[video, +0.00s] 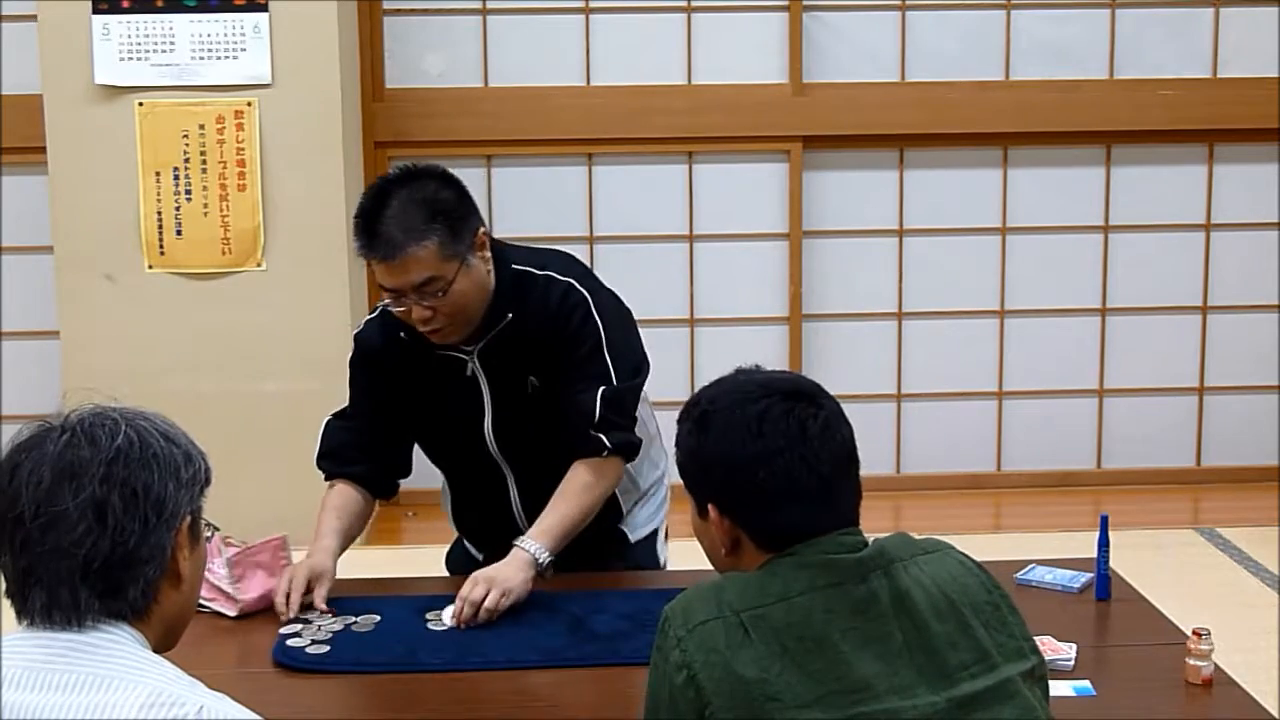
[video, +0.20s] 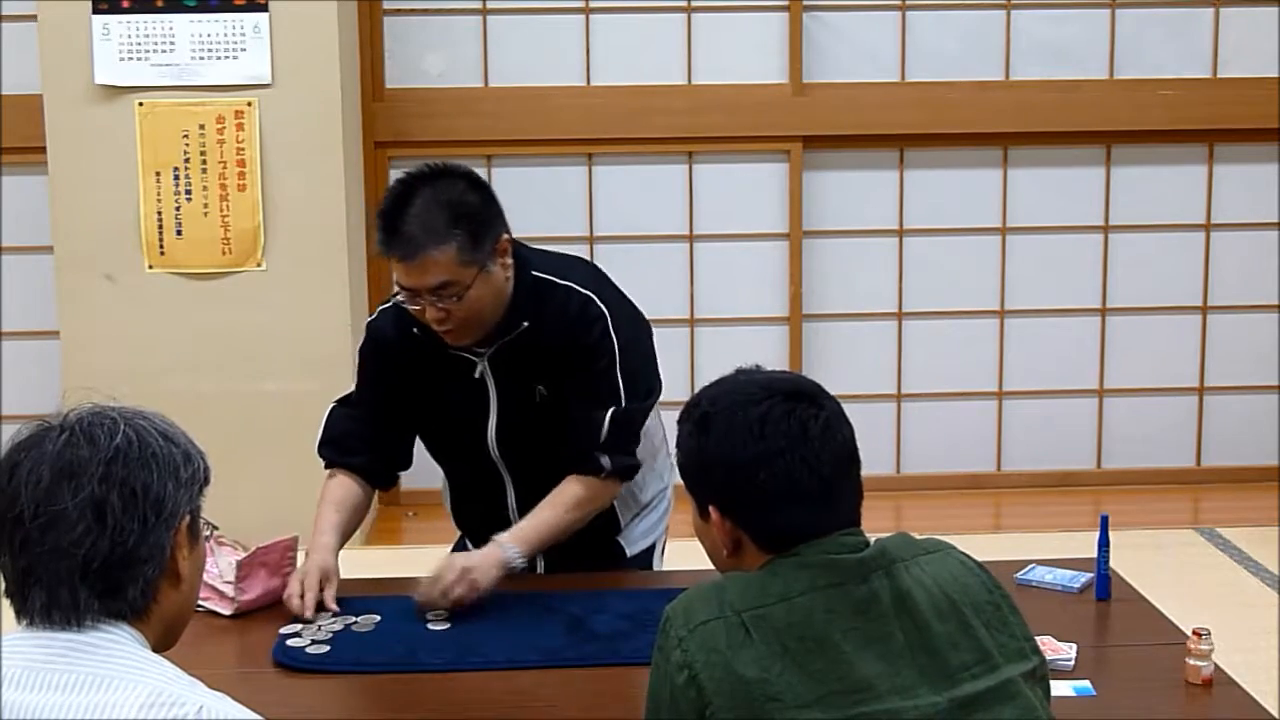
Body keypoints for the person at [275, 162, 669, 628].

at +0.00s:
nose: (418, 314)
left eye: (433, 289)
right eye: (395, 296)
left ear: (481, 249)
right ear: (377, 275)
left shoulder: (570, 301)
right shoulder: (385, 343)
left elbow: (606, 450)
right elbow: (360, 463)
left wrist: (526, 557)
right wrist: (323, 548)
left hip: (605, 540)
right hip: (488, 546)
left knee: (607, 706)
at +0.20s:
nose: (431, 314)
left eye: (448, 294)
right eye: (411, 296)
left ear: (503, 254)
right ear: (396, 274)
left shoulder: (591, 314)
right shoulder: (395, 335)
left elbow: (606, 469)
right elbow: (360, 456)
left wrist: (503, 551)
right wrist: (322, 545)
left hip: (603, 531)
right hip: (484, 540)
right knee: (477, 687)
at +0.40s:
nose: (465, 316)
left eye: (485, 298)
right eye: (448, 296)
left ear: (541, 263)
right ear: (433, 271)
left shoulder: (612, 327)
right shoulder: (421, 322)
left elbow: (560, 486)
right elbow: (381, 441)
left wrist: (437, 561)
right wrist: (329, 537)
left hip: (610, 525)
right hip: (492, 522)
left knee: (603, 687)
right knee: (495, 679)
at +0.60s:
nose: (480, 319)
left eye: (500, 300)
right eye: (460, 298)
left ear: (554, 262)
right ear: (444, 268)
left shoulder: (620, 333)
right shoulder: (430, 317)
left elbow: (554, 485)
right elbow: (391, 442)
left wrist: (421, 563)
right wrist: (320, 537)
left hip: (609, 527)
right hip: (495, 513)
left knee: (597, 689)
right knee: (485, 683)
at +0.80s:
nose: (457, 321)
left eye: (476, 300)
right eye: (436, 301)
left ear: (528, 259)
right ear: (418, 273)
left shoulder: (613, 330)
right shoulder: (407, 324)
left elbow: (631, 484)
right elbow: (365, 441)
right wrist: (338, 551)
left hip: (603, 563)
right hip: (481, 560)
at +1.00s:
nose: (435, 326)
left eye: (453, 304)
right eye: (412, 309)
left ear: (499, 262)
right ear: (390, 283)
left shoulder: (593, 320)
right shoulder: (383, 336)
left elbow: (657, 452)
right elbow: (351, 450)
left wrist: (560, 547)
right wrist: (332, 556)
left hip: (597, 559)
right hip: (472, 559)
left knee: (594, 704)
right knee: (464, 706)